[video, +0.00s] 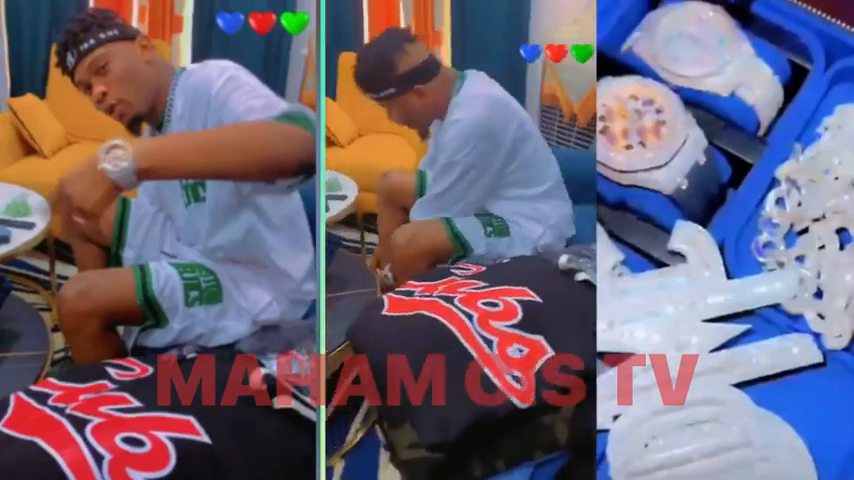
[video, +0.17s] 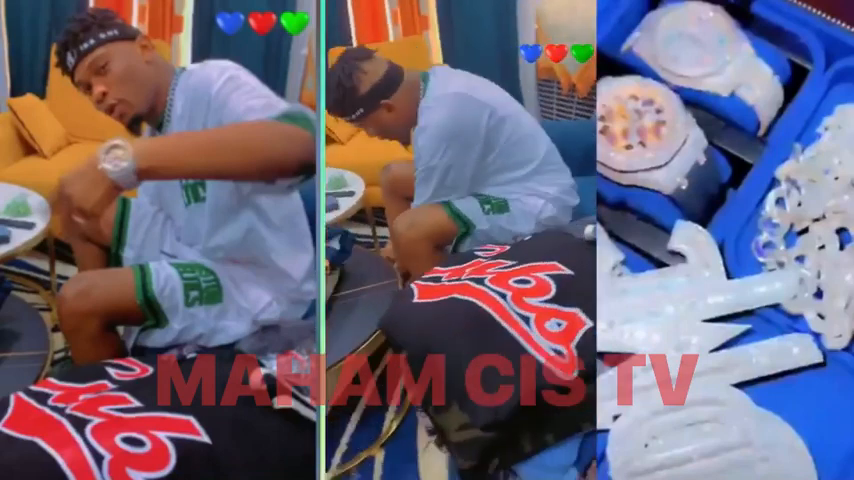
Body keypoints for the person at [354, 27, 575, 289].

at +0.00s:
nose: (392, 119)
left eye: (389, 107)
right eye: (386, 109)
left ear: (416, 93)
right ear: (419, 87)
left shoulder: (474, 115)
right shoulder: (457, 94)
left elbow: (431, 214)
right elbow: (430, 180)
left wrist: (389, 274)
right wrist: (384, 261)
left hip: (533, 228)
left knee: (407, 243)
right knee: (391, 186)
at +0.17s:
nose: (371, 134)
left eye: (365, 126)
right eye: (363, 128)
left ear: (387, 108)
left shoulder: (444, 117)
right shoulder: (434, 85)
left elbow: (431, 209)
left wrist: (397, 250)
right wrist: (404, 249)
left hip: (539, 205)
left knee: (410, 230)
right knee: (393, 178)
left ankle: (438, 332)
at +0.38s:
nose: (359, 123)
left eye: (354, 114)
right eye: (351, 117)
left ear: (374, 95)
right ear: (377, 86)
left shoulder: (431, 101)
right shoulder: (419, 69)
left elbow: (418, 204)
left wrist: (377, 253)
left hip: (534, 184)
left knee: (403, 214)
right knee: (386, 161)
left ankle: (451, 312)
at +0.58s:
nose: (375, 97)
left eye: (370, 87)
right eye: (367, 90)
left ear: (395, 67)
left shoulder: (454, 80)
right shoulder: (443, 43)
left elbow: (436, 187)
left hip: (553, 180)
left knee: (418, 200)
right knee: (397, 144)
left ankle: (454, 308)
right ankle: (388, 270)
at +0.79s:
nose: (389, 111)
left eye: (387, 99)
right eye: (382, 103)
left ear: (415, 79)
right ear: (416, 75)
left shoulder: (481, 87)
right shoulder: (454, 69)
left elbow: (449, 200)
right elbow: (432, 160)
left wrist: (406, 263)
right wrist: (400, 249)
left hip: (565, 193)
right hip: (517, 171)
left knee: (435, 219)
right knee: (407, 162)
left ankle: (473, 339)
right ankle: (403, 291)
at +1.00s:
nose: (386, 97)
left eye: (384, 86)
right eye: (379, 88)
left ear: (416, 66)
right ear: (418, 60)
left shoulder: (485, 82)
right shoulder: (461, 51)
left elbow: (441, 193)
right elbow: (435, 145)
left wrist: (389, 252)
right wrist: (389, 208)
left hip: (562, 193)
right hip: (511, 163)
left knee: (432, 213)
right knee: (400, 145)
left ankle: (457, 338)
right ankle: (388, 279)